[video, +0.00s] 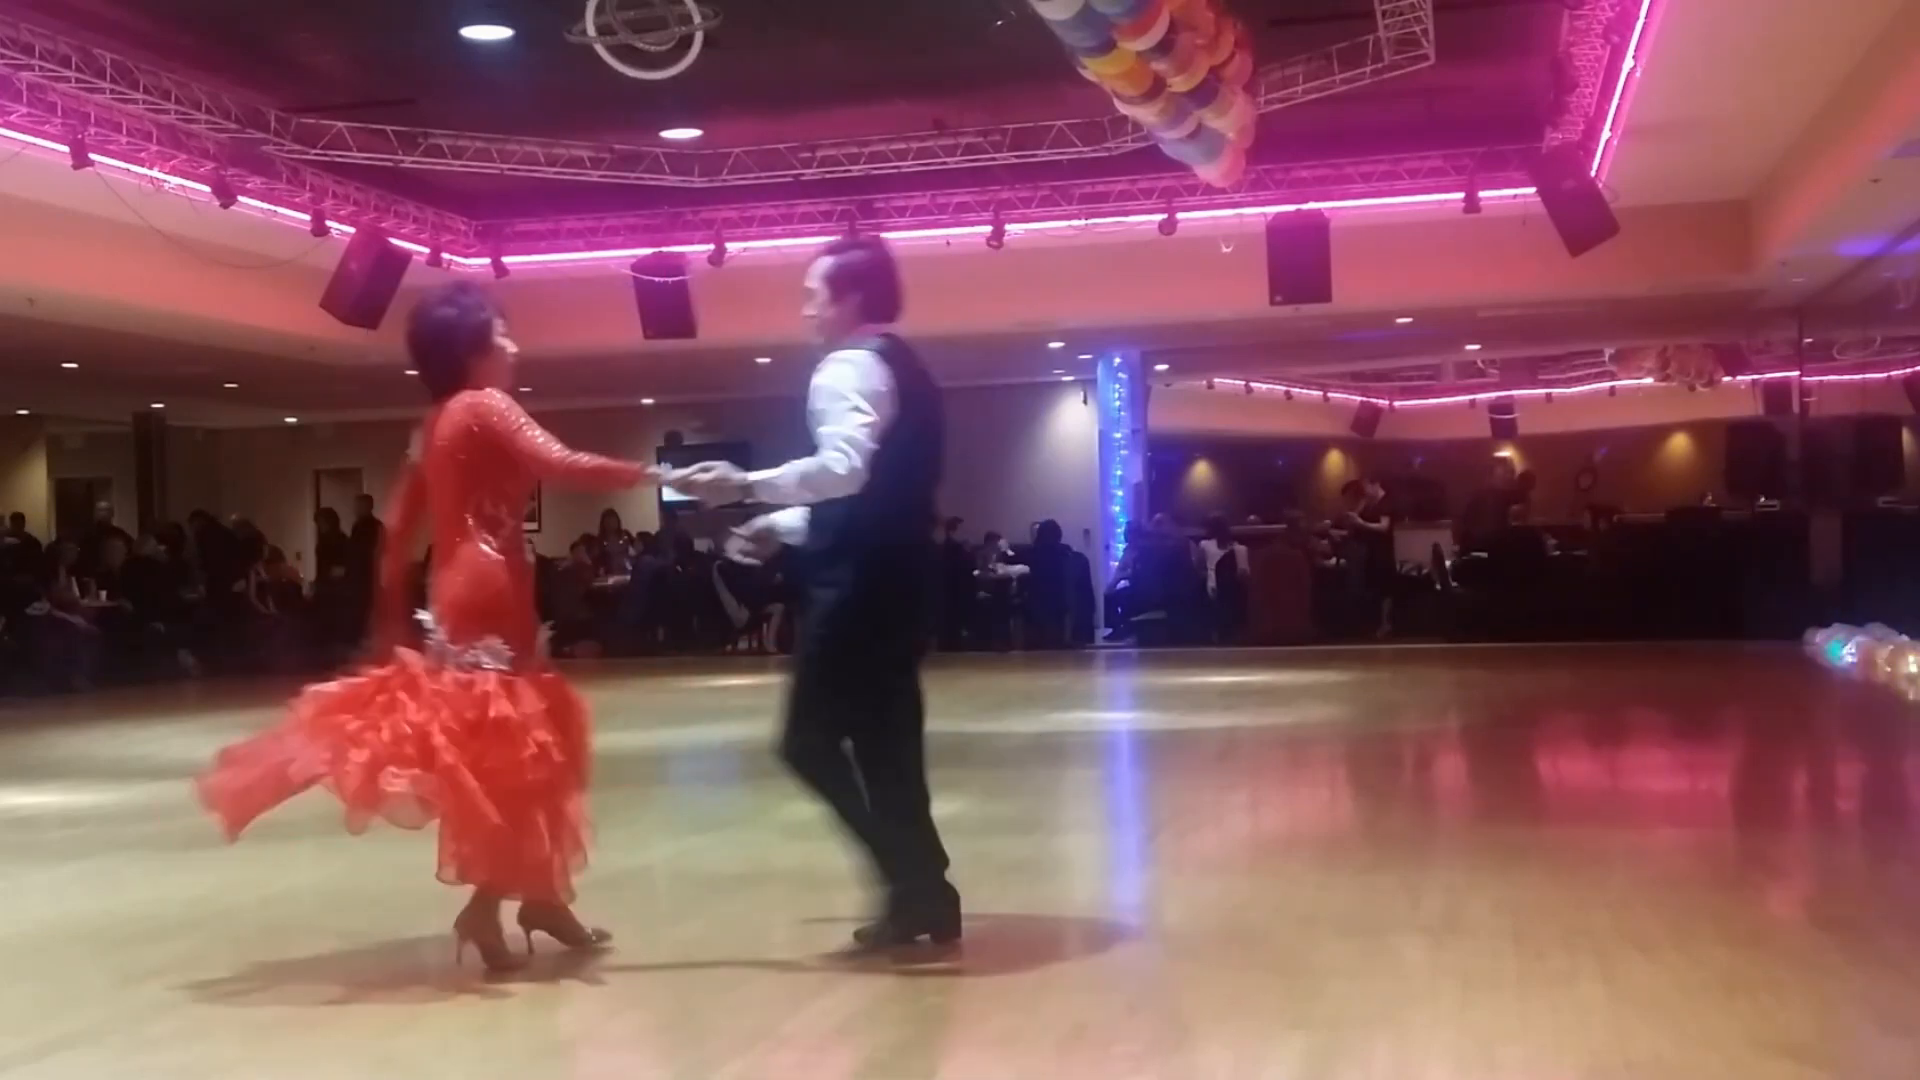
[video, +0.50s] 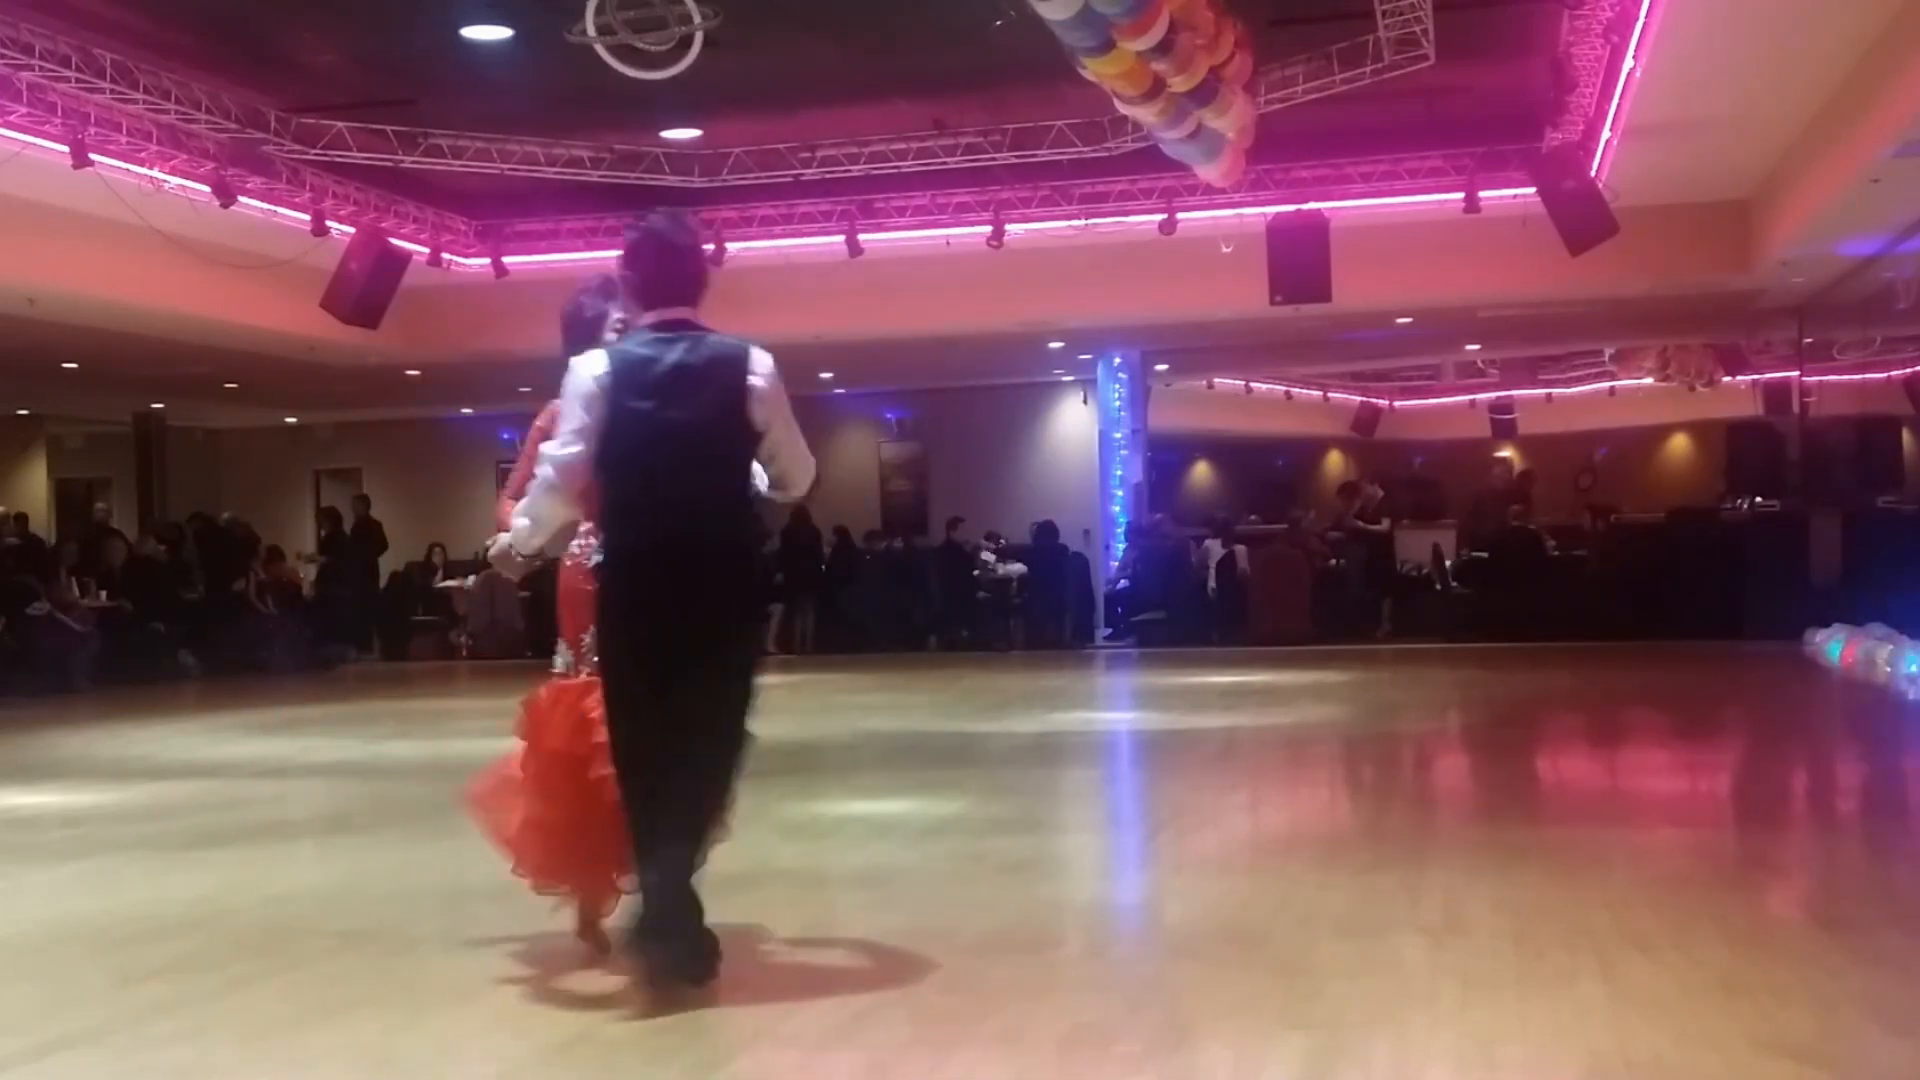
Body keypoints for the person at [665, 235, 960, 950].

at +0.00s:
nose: (805, 310)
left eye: (814, 296)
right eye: (806, 295)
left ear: (852, 299)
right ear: (866, 300)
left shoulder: (849, 366)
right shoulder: (902, 365)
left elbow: (845, 466)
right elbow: (870, 492)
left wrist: (742, 482)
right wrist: (778, 525)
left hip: (858, 587)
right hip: (897, 582)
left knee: (807, 741)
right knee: (889, 745)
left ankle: (913, 888)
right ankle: (925, 903)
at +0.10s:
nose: (764, 304)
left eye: (772, 290)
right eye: (766, 289)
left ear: (801, 293)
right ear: (835, 294)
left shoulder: (798, 362)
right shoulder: (871, 365)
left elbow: (792, 463)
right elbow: (844, 492)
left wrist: (681, 498)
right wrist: (741, 521)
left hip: (813, 586)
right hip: (873, 581)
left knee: (750, 743)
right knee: (865, 737)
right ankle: (918, 893)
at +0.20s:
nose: (720, 306)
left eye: (725, 293)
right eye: (724, 292)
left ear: (745, 299)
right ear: (798, 298)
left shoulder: (736, 372)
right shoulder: (834, 375)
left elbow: (727, 477)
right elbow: (853, 502)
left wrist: (628, 524)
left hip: (752, 591)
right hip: (825, 585)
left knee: (711, 750)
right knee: (854, 739)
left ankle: (688, 939)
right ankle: (910, 899)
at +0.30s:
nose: (682, 307)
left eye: (686, 295)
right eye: (688, 295)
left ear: (698, 299)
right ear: (761, 298)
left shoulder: (683, 371)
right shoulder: (809, 379)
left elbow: (659, 480)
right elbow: (815, 500)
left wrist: (569, 536)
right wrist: (777, 549)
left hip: (703, 592)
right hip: (790, 590)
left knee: (679, 762)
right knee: (822, 750)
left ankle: (693, 947)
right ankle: (871, 919)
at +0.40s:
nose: (645, 301)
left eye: (649, 291)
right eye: (651, 291)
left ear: (663, 293)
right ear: (729, 291)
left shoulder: (637, 367)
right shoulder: (777, 368)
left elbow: (607, 474)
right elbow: (804, 482)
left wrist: (533, 539)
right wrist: (748, 515)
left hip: (667, 587)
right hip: (755, 587)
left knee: (662, 758)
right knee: (766, 747)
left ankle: (689, 945)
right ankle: (770, 926)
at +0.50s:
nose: (623, 289)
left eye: (625, 278)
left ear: (629, 283)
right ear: (700, 279)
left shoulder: (596, 370)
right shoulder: (748, 365)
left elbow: (564, 476)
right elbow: (796, 474)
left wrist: (517, 545)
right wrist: (746, 483)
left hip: (631, 592)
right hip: (723, 590)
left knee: (643, 754)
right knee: (710, 747)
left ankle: (682, 943)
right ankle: (660, 912)